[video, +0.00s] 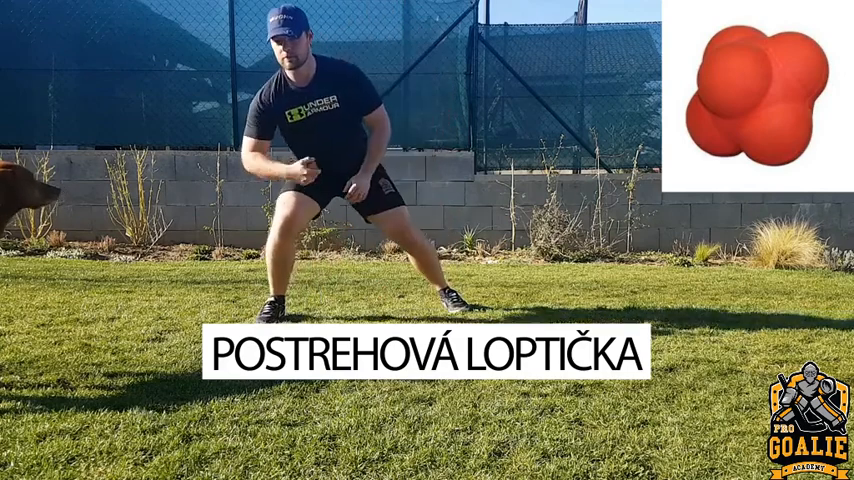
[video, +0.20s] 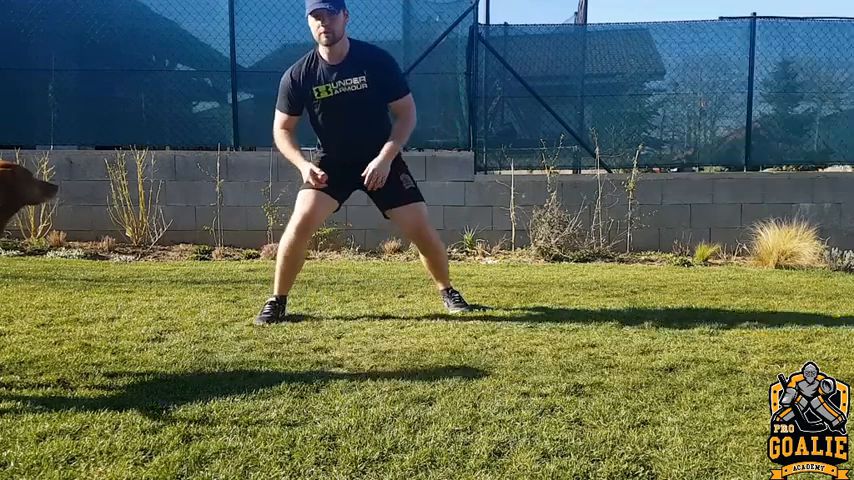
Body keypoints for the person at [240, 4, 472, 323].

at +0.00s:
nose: (285, 48)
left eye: (292, 38)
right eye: (278, 41)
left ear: (309, 37)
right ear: (271, 45)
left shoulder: (345, 75)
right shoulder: (267, 99)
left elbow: (380, 125)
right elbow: (251, 158)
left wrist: (365, 172)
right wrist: (288, 171)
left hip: (361, 168)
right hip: (312, 175)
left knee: (406, 235)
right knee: (283, 223)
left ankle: (446, 291)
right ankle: (276, 301)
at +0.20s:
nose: (323, 24)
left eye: (330, 15)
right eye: (316, 18)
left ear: (345, 17)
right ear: (309, 24)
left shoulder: (377, 61)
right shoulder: (297, 77)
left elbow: (407, 114)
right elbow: (282, 131)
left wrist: (385, 158)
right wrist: (302, 164)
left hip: (382, 157)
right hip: (332, 163)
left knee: (420, 230)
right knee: (301, 221)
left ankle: (448, 291)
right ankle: (277, 300)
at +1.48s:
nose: (384, 25)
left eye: (392, 19)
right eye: (379, 18)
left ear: (407, 12)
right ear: (372, 14)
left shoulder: (429, 54)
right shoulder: (352, 52)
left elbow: (447, 110)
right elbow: (334, 102)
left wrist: (443, 151)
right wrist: (321, 147)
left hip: (413, 154)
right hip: (364, 153)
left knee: (438, 221)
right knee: (340, 224)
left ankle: (452, 292)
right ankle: (318, 293)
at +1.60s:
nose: (373, 28)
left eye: (379, 21)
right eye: (369, 22)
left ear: (400, 12)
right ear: (364, 16)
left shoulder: (429, 52)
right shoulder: (353, 52)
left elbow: (449, 114)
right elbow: (338, 105)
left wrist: (432, 155)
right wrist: (320, 147)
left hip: (416, 152)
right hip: (367, 151)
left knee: (437, 219)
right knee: (340, 219)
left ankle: (452, 292)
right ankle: (317, 292)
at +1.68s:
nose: (369, 29)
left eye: (374, 22)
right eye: (365, 23)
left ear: (395, 12)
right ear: (360, 17)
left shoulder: (426, 51)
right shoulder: (351, 54)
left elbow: (448, 112)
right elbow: (339, 107)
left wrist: (426, 155)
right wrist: (320, 147)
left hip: (416, 150)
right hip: (367, 150)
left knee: (438, 223)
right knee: (340, 218)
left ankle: (452, 292)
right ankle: (317, 292)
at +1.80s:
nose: (361, 27)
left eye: (367, 19)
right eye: (356, 21)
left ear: (386, 11)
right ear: (350, 17)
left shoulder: (417, 50)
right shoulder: (341, 57)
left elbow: (440, 108)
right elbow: (326, 108)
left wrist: (417, 152)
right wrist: (326, 125)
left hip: (411, 150)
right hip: (362, 150)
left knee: (434, 221)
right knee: (335, 221)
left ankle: (452, 292)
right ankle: (317, 293)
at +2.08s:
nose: (361, 28)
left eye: (367, 21)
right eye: (354, 22)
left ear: (378, 13)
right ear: (345, 17)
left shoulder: (406, 47)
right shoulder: (328, 56)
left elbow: (428, 104)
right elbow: (311, 112)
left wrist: (411, 142)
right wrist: (332, 107)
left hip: (398, 147)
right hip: (351, 149)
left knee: (429, 215)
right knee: (329, 219)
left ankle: (452, 291)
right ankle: (317, 293)